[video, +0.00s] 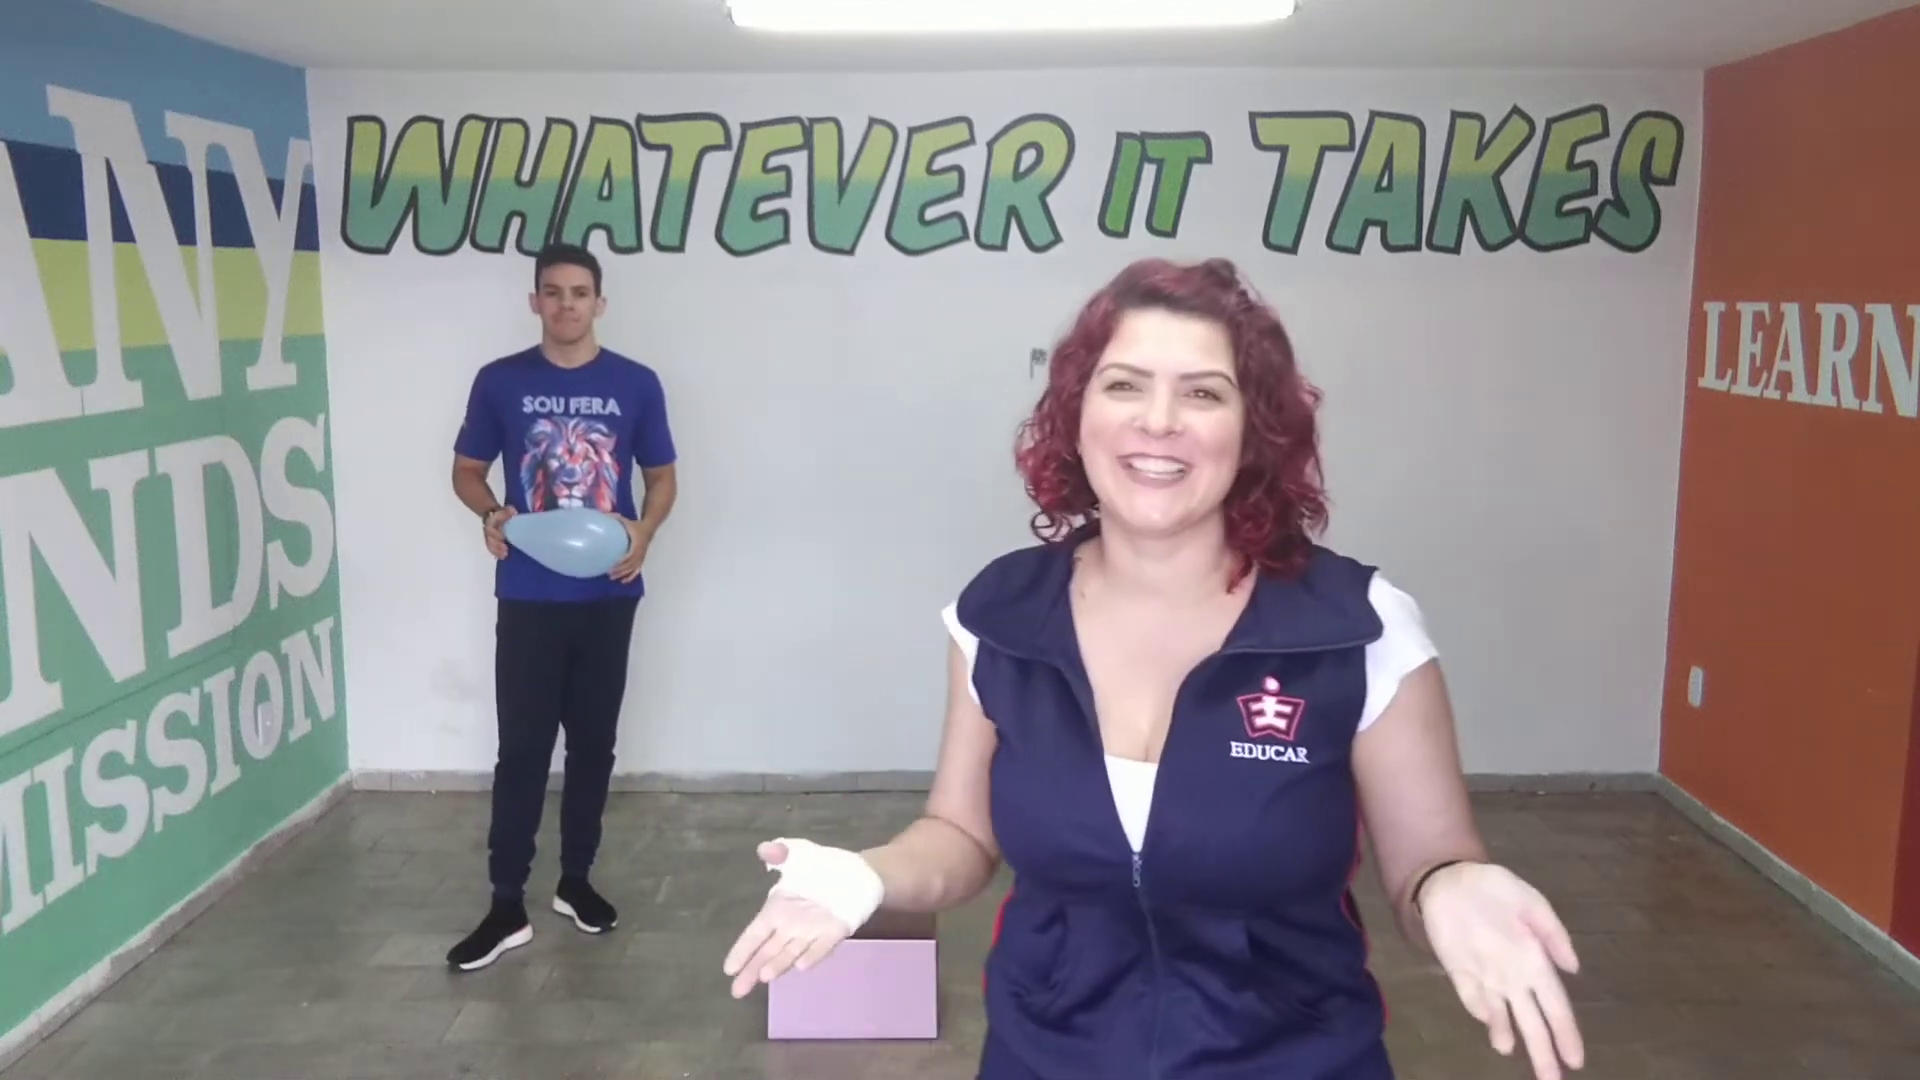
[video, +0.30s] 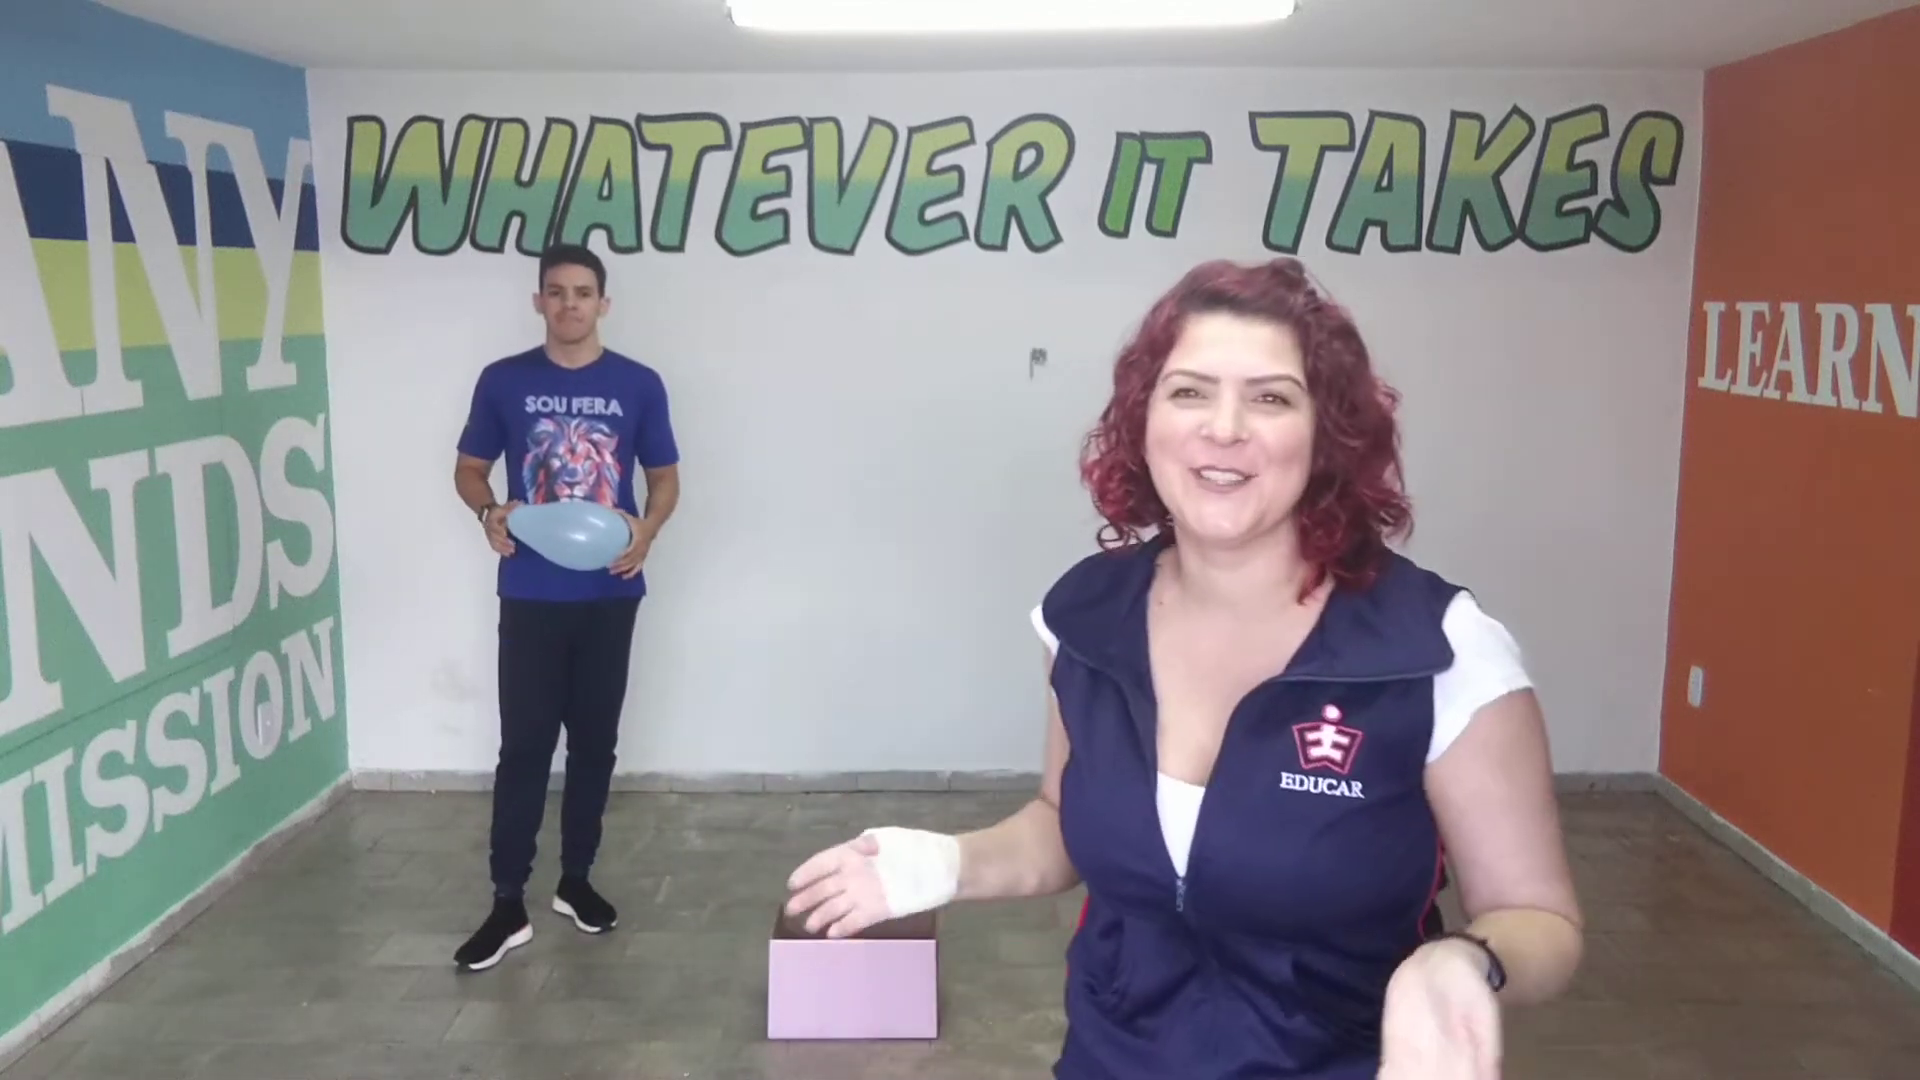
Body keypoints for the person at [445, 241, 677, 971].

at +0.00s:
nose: (564, 305)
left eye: (578, 293)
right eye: (553, 293)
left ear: (598, 302)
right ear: (536, 300)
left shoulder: (636, 385)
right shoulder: (500, 382)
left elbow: (663, 480)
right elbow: (466, 475)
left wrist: (643, 530)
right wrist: (492, 512)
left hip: (607, 598)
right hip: (529, 598)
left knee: (592, 745)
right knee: (522, 748)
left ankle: (575, 882)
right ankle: (508, 906)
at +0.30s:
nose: (568, 304)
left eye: (581, 293)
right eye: (557, 293)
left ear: (602, 303)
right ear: (540, 301)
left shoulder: (638, 386)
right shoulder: (504, 382)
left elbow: (666, 482)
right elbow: (469, 472)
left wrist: (646, 529)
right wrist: (488, 509)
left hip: (609, 598)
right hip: (532, 597)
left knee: (594, 745)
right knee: (524, 748)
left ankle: (574, 882)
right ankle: (508, 903)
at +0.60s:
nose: (571, 311)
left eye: (584, 300)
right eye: (559, 299)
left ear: (604, 305)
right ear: (541, 303)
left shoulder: (639, 387)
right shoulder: (505, 383)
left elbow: (665, 481)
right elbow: (470, 473)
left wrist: (647, 529)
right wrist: (494, 513)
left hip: (610, 597)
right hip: (534, 595)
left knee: (594, 744)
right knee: (524, 747)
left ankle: (575, 882)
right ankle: (509, 902)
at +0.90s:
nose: (573, 320)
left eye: (585, 308)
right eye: (561, 307)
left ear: (605, 307)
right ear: (543, 305)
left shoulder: (640, 387)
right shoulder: (506, 383)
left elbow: (664, 481)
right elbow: (470, 473)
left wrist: (647, 528)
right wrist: (494, 512)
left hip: (610, 597)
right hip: (534, 595)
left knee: (594, 744)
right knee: (525, 746)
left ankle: (574, 882)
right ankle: (509, 902)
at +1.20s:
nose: (575, 326)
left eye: (588, 313)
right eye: (564, 313)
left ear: (606, 311)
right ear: (544, 309)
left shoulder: (640, 388)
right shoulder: (507, 383)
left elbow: (665, 482)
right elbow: (471, 472)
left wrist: (646, 530)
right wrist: (492, 510)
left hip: (610, 598)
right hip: (533, 597)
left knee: (594, 744)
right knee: (525, 747)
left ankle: (574, 882)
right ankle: (509, 902)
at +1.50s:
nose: (581, 327)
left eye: (594, 314)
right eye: (569, 314)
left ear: (610, 313)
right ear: (546, 309)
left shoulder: (642, 389)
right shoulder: (508, 383)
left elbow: (665, 483)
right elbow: (472, 468)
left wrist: (647, 528)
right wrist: (490, 509)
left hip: (609, 598)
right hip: (532, 597)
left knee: (594, 745)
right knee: (526, 747)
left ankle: (574, 882)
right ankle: (510, 901)